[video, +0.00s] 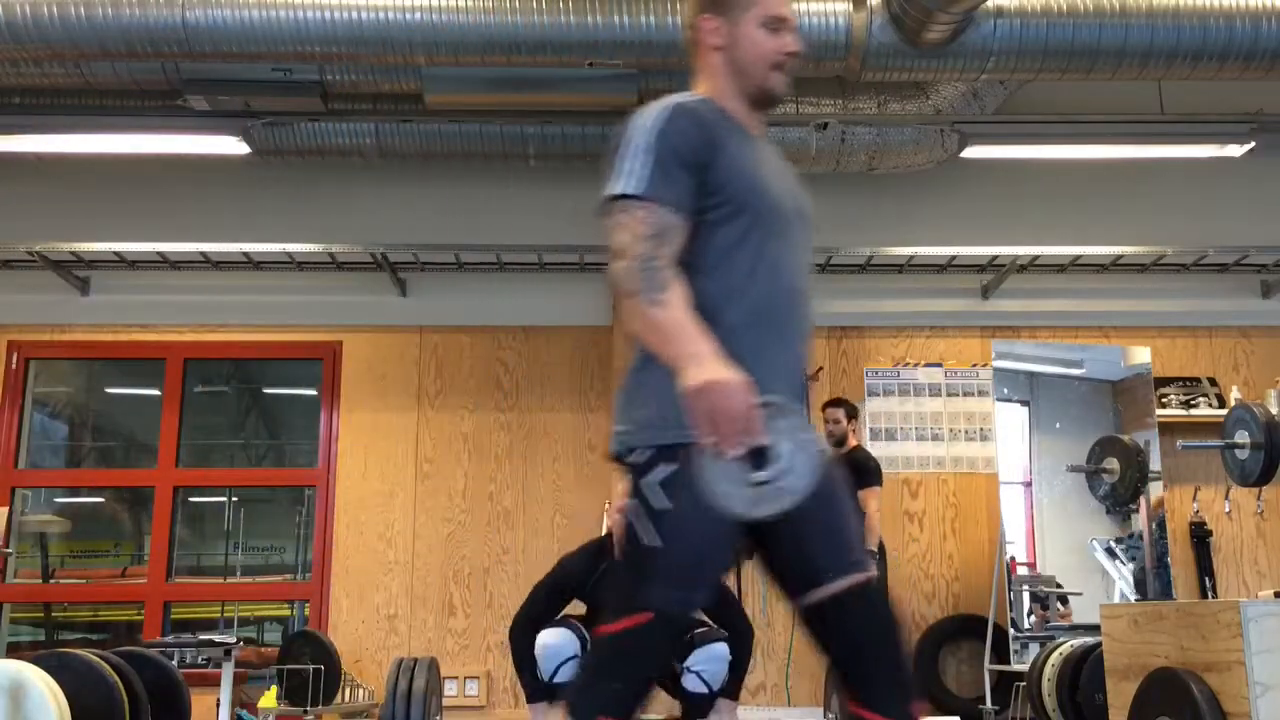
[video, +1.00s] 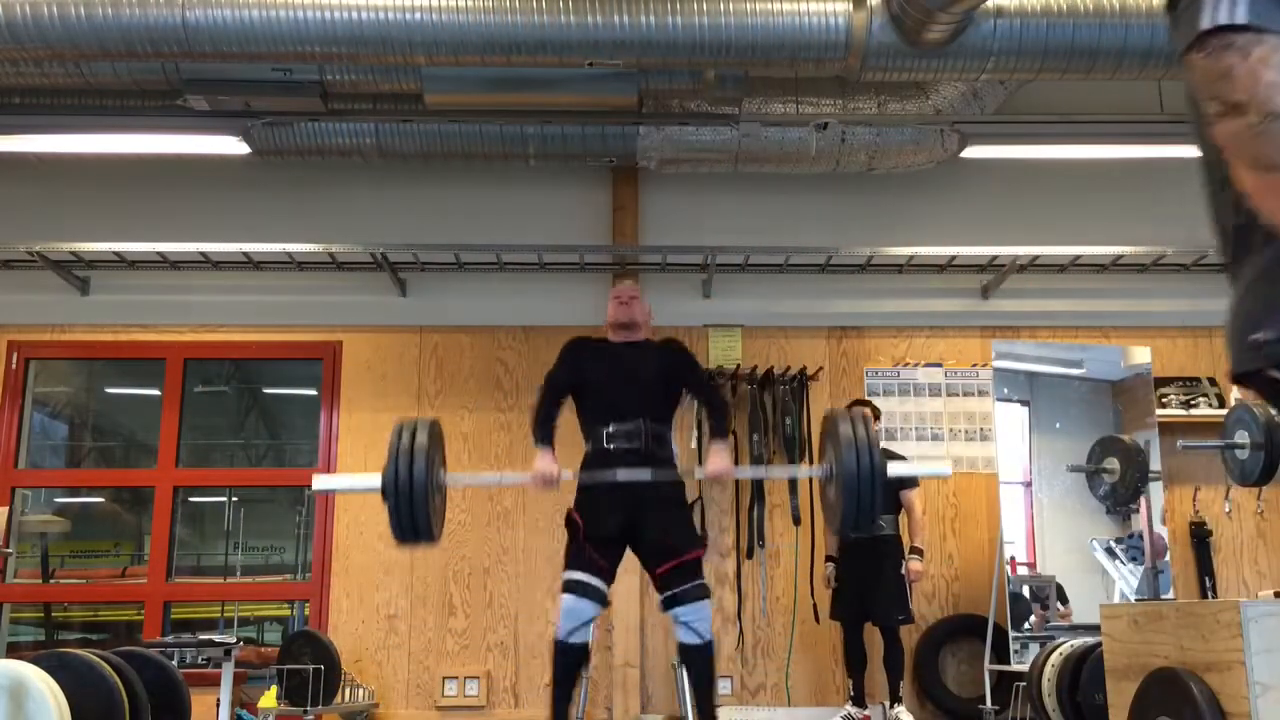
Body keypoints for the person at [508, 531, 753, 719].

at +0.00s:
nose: (627, 522)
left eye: (635, 513)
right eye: (620, 512)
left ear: (656, 520)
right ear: (607, 516)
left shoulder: (684, 567)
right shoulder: (588, 562)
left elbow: (742, 630)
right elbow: (521, 628)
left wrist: (730, 698)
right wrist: (538, 700)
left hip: (666, 659)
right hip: (602, 657)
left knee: (713, 651)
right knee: (554, 642)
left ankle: (698, 712)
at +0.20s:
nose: (632, 495)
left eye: (642, 486)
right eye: (623, 485)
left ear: (658, 494)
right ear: (609, 492)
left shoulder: (685, 541)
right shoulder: (577, 541)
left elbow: (717, 619)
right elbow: (543, 620)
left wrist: (725, 698)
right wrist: (538, 700)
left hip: (664, 616)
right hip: (602, 616)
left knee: (694, 647)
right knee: (567, 641)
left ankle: (687, 716)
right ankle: (576, 716)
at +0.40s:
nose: (629, 480)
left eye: (641, 471)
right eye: (621, 469)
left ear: (657, 475)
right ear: (607, 471)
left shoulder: (680, 513)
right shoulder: (575, 512)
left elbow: (712, 593)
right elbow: (550, 596)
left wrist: (721, 672)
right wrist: (542, 675)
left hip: (661, 575)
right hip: (597, 575)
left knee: (684, 631)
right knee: (579, 628)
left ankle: (687, 714)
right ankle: (577, 714)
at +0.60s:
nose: (630, 413)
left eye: (640, 404)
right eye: (622, 403)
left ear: (656, 412)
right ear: (608, 408)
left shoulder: (678, 460)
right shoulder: (576, 458)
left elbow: (711, 534)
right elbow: (552, 537)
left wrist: (721, 611)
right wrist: (543, 616)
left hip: (663, 543)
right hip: (598, 543)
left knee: (682, 630)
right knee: (585, 630)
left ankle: (686, 715)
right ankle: (577, 716)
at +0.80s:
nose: (629, 326)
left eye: (638, 320)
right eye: (621, 319)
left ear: (653, 335)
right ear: (607, 332)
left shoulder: (673, 395)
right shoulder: (578, 395)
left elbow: (707, 466)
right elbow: (557, 469)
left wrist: (719, 536)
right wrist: (545, 542)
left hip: (659, 523)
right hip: (598, 523)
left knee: (695, 631)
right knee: (580, 627)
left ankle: (688, 718)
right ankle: (577, 719)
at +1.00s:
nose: (625, 303)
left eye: (633, 299)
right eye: (618, 299)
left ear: (648, 313)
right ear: (606, 313)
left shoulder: (671, 353)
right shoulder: (581, 351)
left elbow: (713, 397)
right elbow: (549, 397)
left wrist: (719, 445)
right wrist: (544, 450)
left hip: (661, 496)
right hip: (600, 497)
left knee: (694, 614)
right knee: (575, 612)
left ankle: (705, 714)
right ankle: (559, 715)